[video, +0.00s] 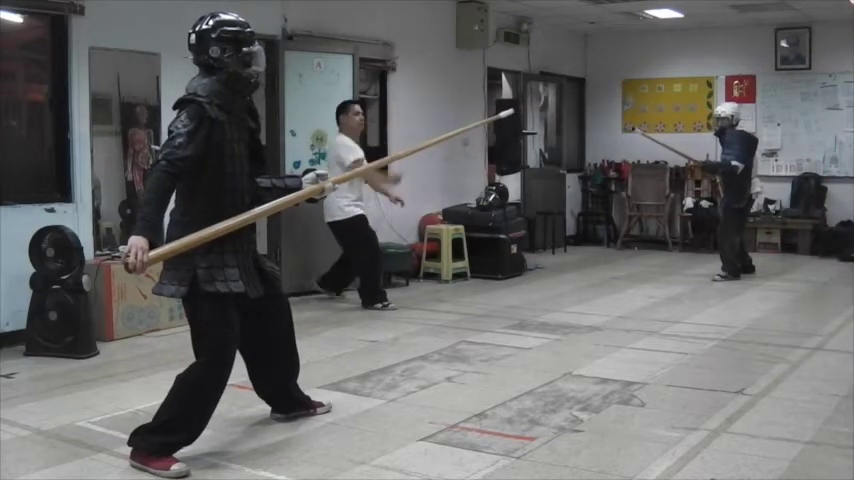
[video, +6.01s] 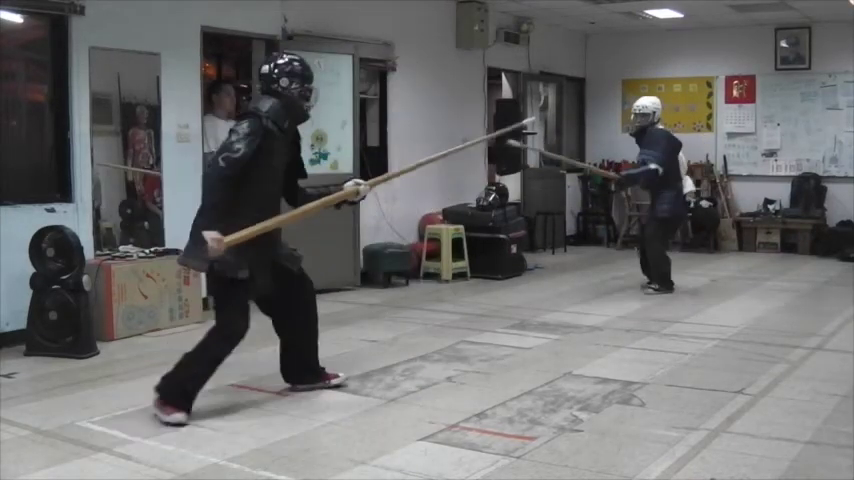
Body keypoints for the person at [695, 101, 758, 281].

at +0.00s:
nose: (718, 123)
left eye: (722, 119)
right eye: (717, 119)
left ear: (732, 120)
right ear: (718, 120)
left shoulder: (737, 137)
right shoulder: (728, 138)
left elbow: (734, 166)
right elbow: (728, 164)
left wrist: (705, 166)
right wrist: (705, 166)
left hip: (737, 193)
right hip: (734, 192)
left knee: (727, 230)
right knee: (732, 229)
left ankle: (731, 270)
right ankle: (744, 263)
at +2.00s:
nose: (676, 126)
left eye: (680, 122)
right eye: (674, 122)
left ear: (690, 122)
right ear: (671, 122)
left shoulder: (696, 141)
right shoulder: (681, 142)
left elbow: (690, 172)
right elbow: (683, 169)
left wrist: (662, 178)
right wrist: (666, 177)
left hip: (697, 198)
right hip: (685, 197)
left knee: (687, 236)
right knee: (676, 235)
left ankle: (693, 282)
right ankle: (687, 274)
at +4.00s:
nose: (672, 122)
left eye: (677, 119)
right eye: (671, 118)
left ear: (688, 119)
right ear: (669, 118)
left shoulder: (695, 138)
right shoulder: (680, 140)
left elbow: (693, 171)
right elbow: (681, 168)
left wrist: (662, 174)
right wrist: (663, 171)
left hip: (693, 195)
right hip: (682, 194)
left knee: (684, 231)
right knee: (676, 229)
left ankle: (685, 281)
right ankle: (692, 273)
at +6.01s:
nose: (638, 120)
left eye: (643, 116)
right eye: (636, 116)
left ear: (654, 116)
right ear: (634, 115)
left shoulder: (660, 136)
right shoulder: (646, 137)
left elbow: (655, 170)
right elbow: (646, 167)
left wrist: (625, 177)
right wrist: (624, 179)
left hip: (670, 195)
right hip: (659, 194)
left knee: (654, 235)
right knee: (647, 235)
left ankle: (664, 282)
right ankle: (655, 277)